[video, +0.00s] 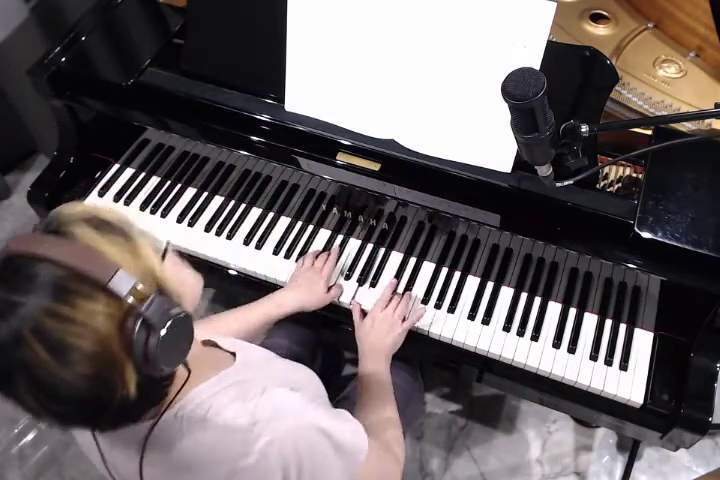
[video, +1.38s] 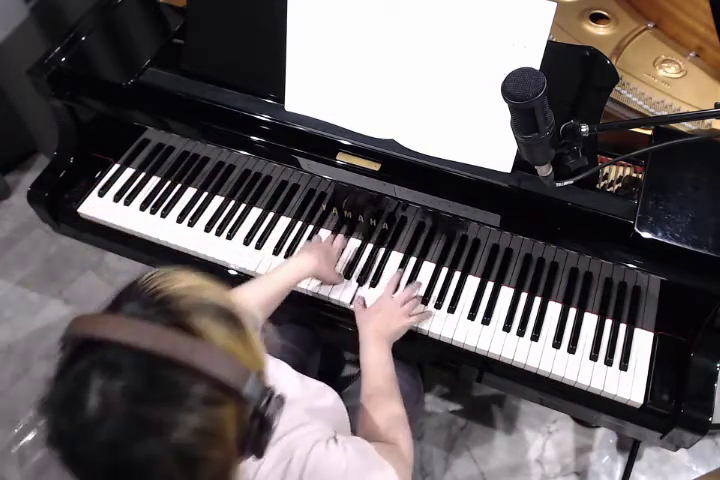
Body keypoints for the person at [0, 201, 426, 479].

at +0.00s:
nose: (166, 244)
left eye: (152, 244)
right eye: (155, 254)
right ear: (156, 342)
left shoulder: (83, 374)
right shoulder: (272, 435)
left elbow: (179, 345)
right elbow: (383, 465)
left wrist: (286, 301)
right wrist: (375, 361)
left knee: (302, 322)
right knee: (399, 377)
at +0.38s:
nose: (146, 287)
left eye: (128, 287)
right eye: (134, 299)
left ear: (141, 366)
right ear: (140, 369)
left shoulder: (135, 376)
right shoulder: (262, 453)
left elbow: (186, 325)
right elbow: (392, 463)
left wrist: (291, 276)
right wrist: (387, 355)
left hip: (256, 369)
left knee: (304, 313)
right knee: (393, 365)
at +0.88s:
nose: (170, 320)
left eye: (150, 321)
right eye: (159, 338)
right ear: (162, 406)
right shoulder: (265, 464)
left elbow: (189, 308)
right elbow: (381, 466)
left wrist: (300, 259)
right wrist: (372, 348)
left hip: (262, 373)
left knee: (304, 322)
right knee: (399, 368)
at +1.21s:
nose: (214, 334)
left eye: (202, 331)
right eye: (207, 341)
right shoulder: (290, 467)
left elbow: (212, 309)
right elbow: (383, 459)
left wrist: (310, 242)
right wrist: (365, 339)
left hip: (264, 368)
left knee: (300, 329)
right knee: (397, 368)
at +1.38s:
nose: (235, 307)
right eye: (238, 348)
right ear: (229, 445)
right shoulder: (311, 461)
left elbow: (228, 317)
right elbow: (393, 461)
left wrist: (299, 268)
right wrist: (378, 341)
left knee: (297, 318)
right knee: (396, 365)